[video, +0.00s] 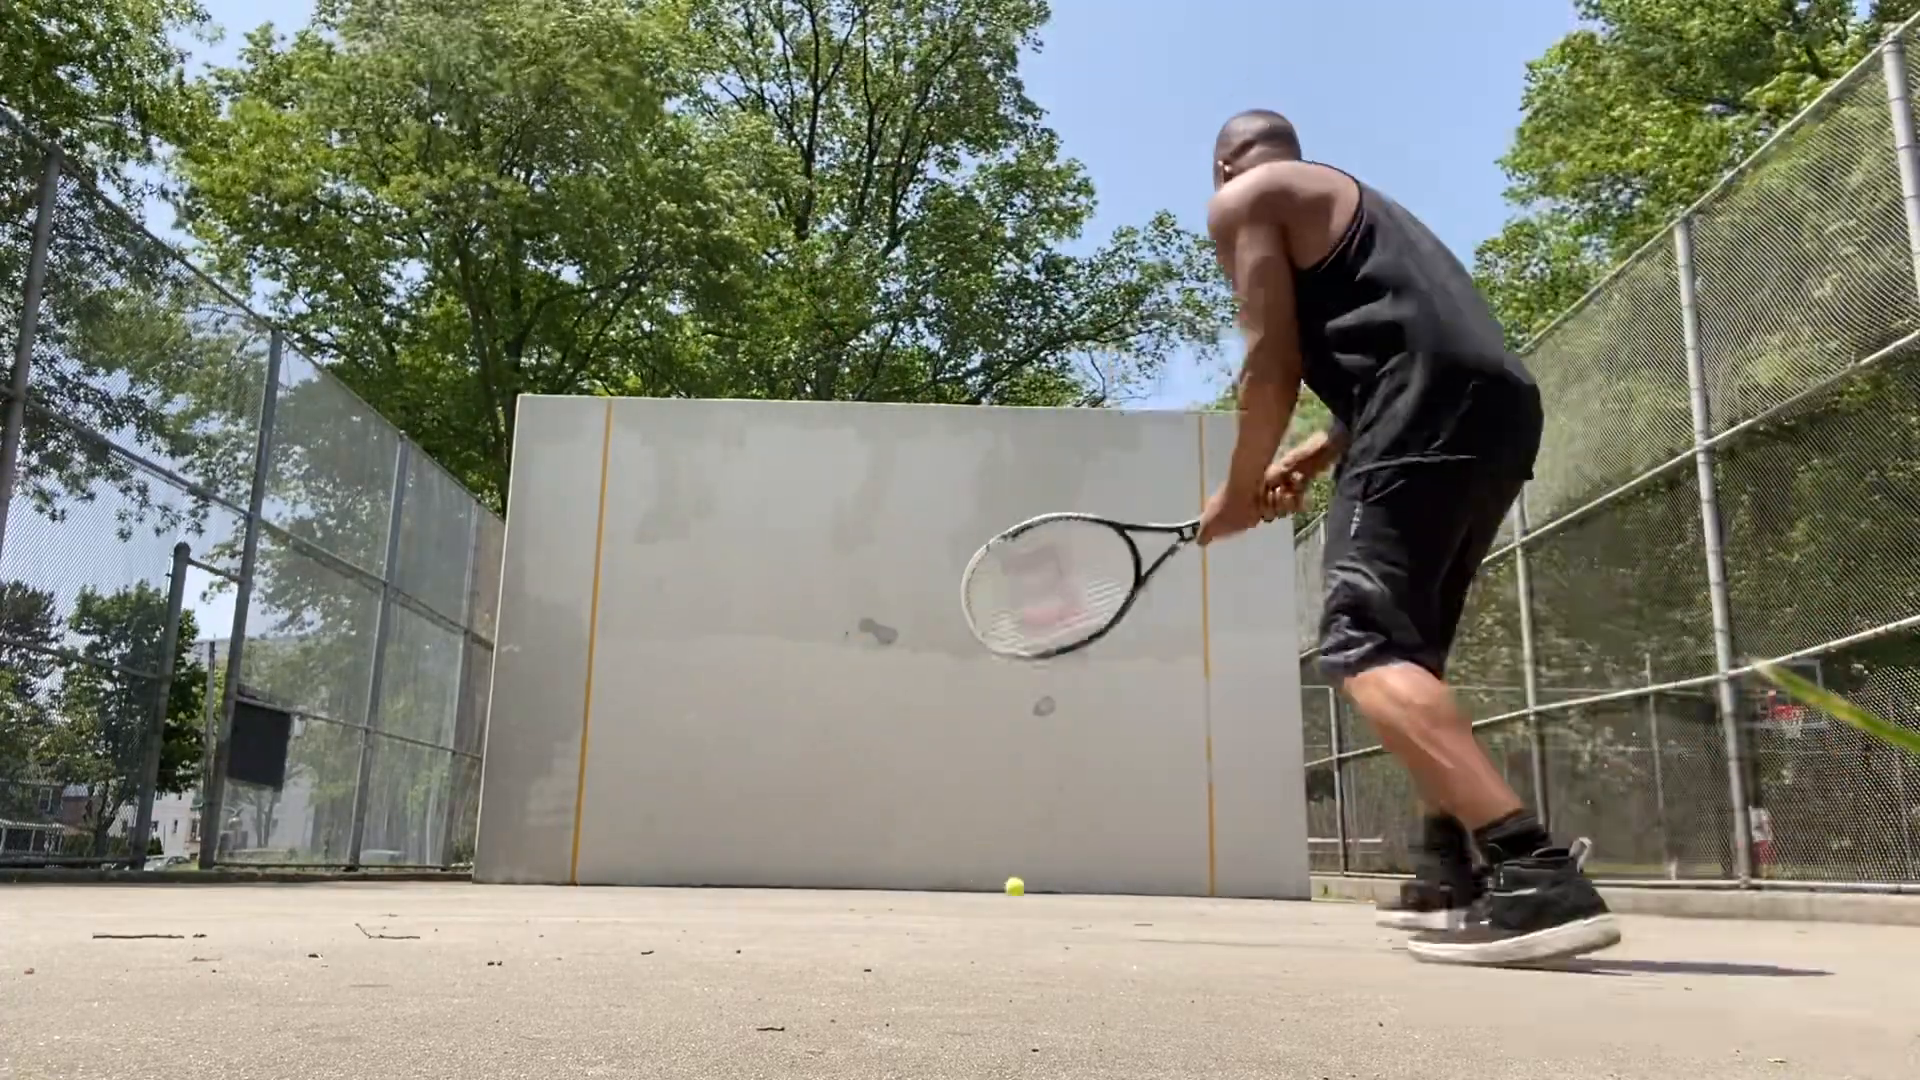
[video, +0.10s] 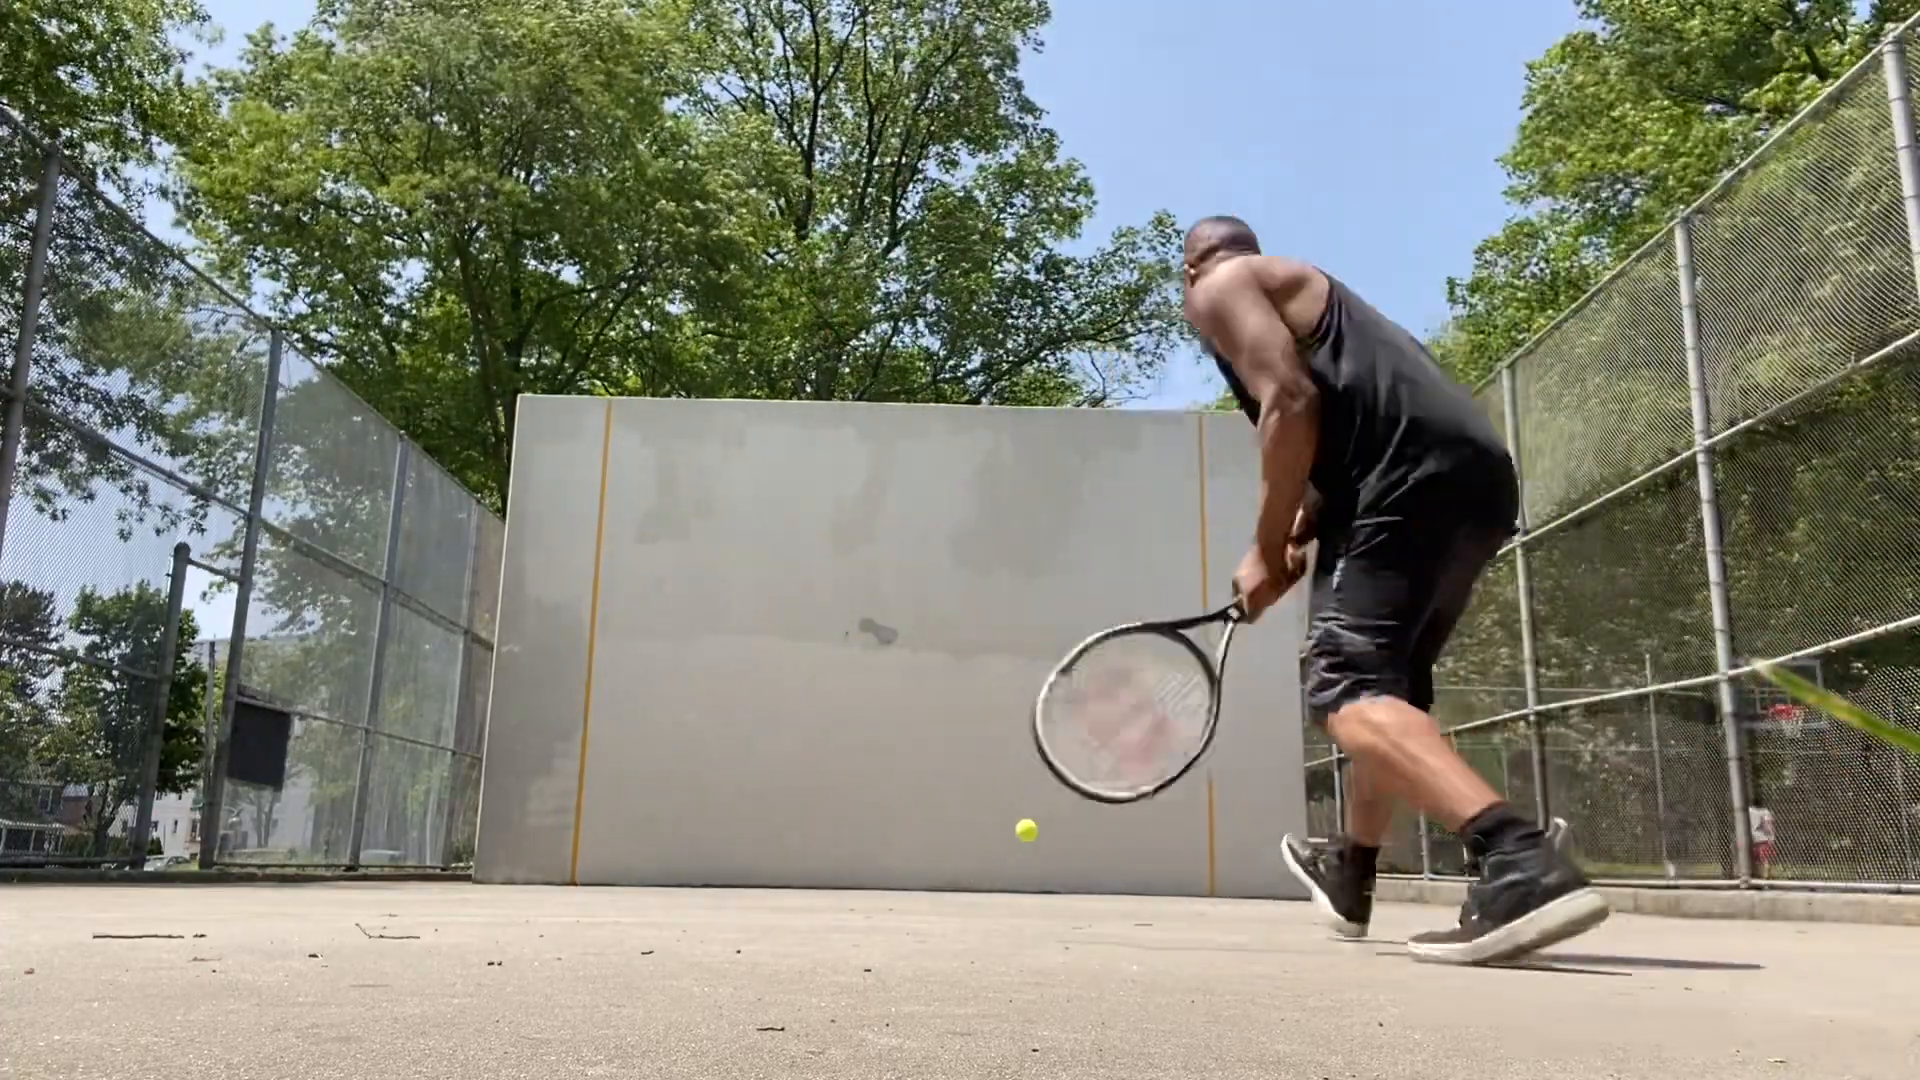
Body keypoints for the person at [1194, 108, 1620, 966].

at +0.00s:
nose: (1219, 181)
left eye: (1220, 168)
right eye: (1224, 167)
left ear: (1229, 161)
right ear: (1290, 153)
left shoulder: (1248, 195)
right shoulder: (1349, 206)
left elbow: (1273, 359)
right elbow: (1401, 374)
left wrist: (1240, 491)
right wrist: (1310, 457)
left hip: (1429, 394)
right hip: (1500, 401)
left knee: (1360, 646)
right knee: (1415, 639)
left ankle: (1532, 869)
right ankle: (1449, 864)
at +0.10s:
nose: (1184, 274)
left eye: (1188, 263)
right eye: (1188, 263)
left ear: (1201, 259)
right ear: (1249, 250)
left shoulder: (1221, 283)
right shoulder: (1301, 295)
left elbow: (1290, 399)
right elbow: (1342, 445)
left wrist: (1269, 546)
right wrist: (1297, 541)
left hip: (1416, 468)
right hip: (1477, 472)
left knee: (1345, 686)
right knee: (1396, 678)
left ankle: (1517, 857)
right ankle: (1350, 872)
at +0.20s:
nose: (1158, 386)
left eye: (1156, 371)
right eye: (1155, 377)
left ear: (1169, 352)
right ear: (1211, 333)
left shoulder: (1198, 354)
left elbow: (1294, 419)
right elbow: (1278, 487)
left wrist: (1294, 552)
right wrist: (1264, 563)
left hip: (1392, 521)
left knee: (1358, 726)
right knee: (1338, 717)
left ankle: (1505, 844)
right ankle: (1314, 886)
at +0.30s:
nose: (1136, 416)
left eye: (1136, 408)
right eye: (1141, 409)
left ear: (1142, 401)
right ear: (1188, 396)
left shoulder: (1157, 418)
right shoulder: (1242, 428)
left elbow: (1239, 482)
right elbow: (1276, 539)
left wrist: (1255, 606)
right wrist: (1239, 615)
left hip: (1348, 529)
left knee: (1374, 727)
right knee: (1291, 702)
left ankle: (1516, 815)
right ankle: (1304, 885)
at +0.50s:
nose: (1128, 422)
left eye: (1129, 415)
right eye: (1135, 413)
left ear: (1147, 416)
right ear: (1191, 405)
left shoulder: (1131, 456)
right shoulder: (1241, 412)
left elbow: (1171, 544)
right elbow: (1261, 426)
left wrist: (1184, 469)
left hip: (1277, 513)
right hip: (1332, 490)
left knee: (1402, 663)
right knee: (1285, 687)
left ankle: (1651, 720)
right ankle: (1312, 883)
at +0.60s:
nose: (1122, 400)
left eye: (1119, 391)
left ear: (1126, 387)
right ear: (1176, 377)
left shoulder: (1113, 424)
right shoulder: (1228, 388)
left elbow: (1145, 497)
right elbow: (1253, 393)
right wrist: (1195, 387)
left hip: (1247, 502)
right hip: (1307, 477)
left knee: (1352, 659)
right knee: (1279, 689)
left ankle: (1580, 671)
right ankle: (1311, 880)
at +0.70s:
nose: (1100, 361)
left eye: (1102, 352)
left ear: (1106, 352)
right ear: (1159, 341)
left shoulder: (1096, 387)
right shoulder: (1215, 361)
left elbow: (1118, 489)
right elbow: (1248, 423)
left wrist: (1162, 443)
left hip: (1223, 485)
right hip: (1291, 472)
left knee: (1244, 676)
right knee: (1278, 678)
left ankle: (1422, 690)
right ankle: (1307, 869)